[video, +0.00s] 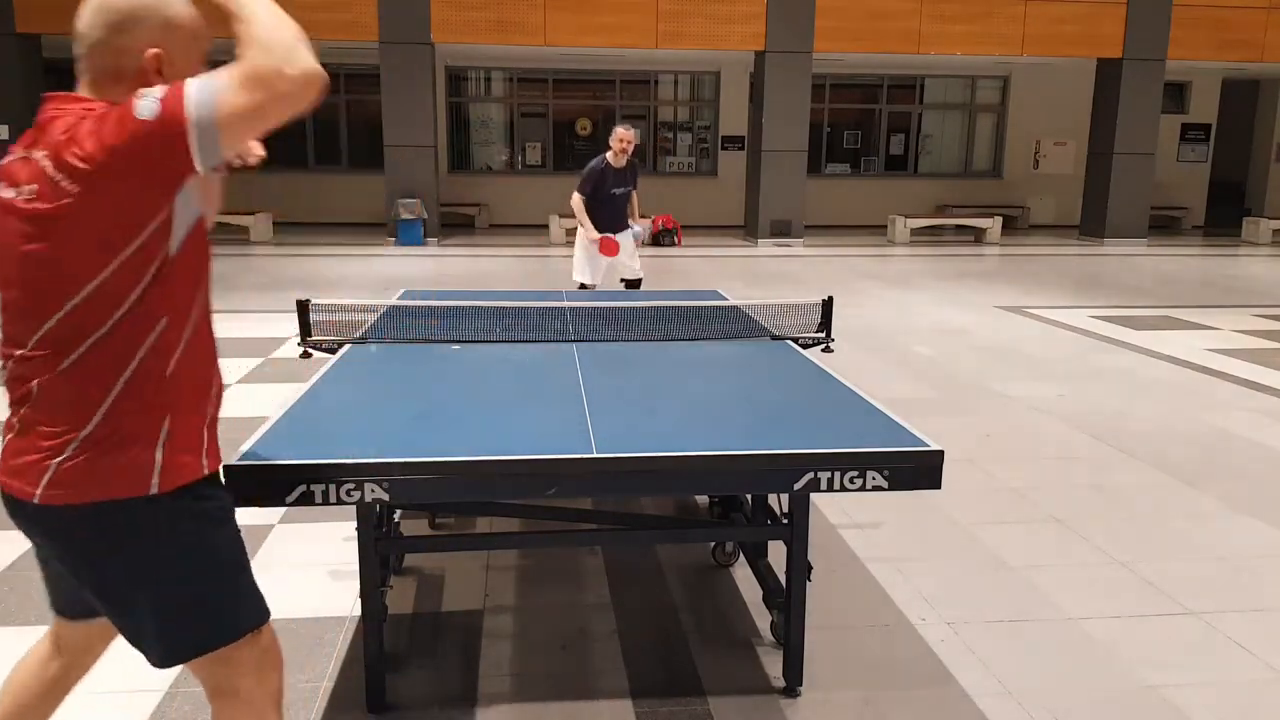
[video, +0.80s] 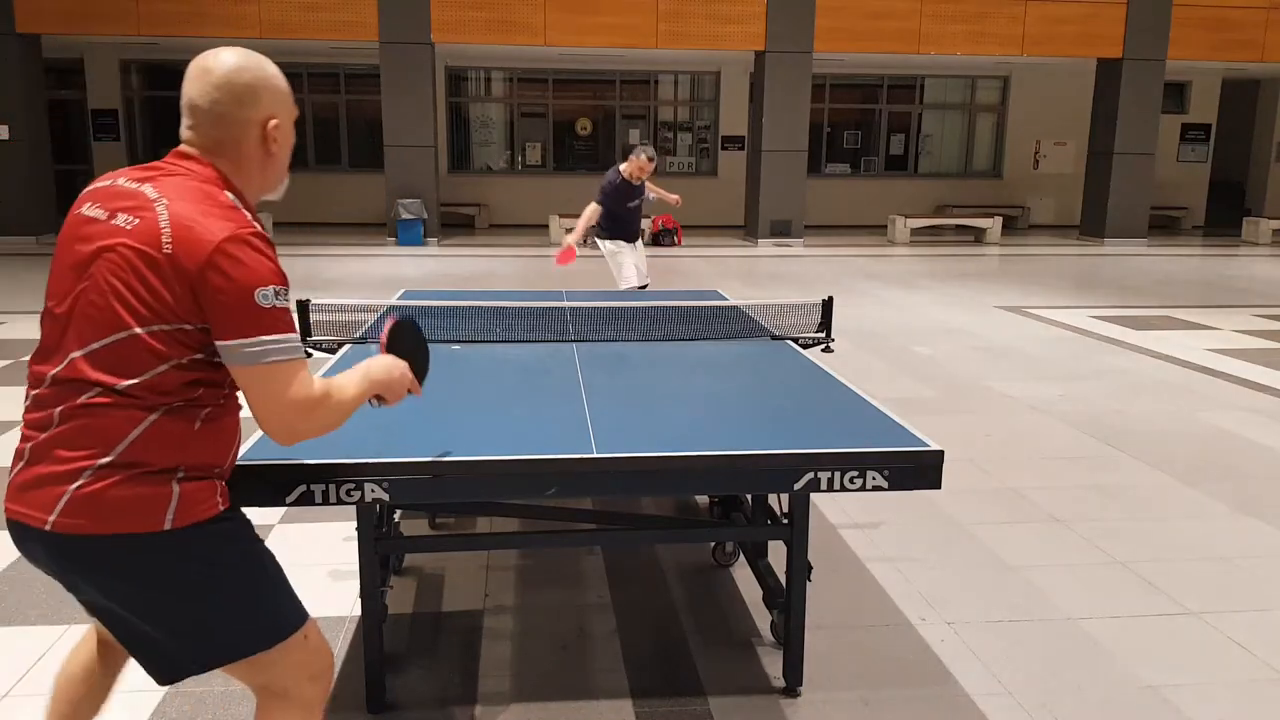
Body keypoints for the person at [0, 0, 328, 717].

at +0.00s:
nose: (201, 80)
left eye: (203, 64)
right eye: (197, 63)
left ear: (88, 62)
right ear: (153, 64)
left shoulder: (31, 150)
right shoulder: (132, 139)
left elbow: (165, 224)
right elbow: (294, 75)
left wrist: (215, 150)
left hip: (41, 474)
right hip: (137, 484)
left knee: (77, 635)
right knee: (248, 675)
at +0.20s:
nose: (123, 104)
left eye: (120, 86)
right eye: (117, 86)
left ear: (14, 88)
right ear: (83, 88)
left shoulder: (9, 161)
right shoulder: (79, 174)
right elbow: (267, 167)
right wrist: (207, 52)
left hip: (11, 506)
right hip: (92, 507)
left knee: (17, 680)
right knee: (231, 672)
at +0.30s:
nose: (113, 106)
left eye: (110, 87)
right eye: (108, 86)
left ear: (8, 88)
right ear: (78, 87)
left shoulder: (11, 167)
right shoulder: (76, 180)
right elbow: (263, 219)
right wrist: (236, 104)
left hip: (8, 503)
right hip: (78, 505)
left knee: (13, 676)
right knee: (217, 671)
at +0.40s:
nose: (122, 85)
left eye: (119, 69)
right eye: (118, 70)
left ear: (17, 81)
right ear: (91, 80)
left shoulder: (7, 157)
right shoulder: (79, 177)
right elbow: (262, 261)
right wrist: (270, 154)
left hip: (9, 490)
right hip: (82, 494)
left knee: (10, 674)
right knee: (214, 673)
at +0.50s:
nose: (152, 90)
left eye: (149, 74)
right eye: (147, 74)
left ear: (49, 82)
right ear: (123, 84)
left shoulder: (6, 161)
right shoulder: (106, 186)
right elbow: (263, 307)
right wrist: (300, 213)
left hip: (9, 492)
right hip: (92, 500)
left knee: (14, 672)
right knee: (230, 674)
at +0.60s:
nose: (203, 101)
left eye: (199, 85)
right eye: (199, 86)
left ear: (98, 98)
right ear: (178, 99)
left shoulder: (19, 181)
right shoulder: (142, 205)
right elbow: (277, 356)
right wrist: (328, 277)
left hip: (13, 498)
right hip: (108, 509)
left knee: (36, 666)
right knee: (264, 673)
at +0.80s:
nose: (293, 144)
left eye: (291, 126)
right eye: (291, 126)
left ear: (189, 122)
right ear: (270, 133)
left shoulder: (100, 195)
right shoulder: (226, 236)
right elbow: (292, 417)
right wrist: (369, 376)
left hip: (40, 503)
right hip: (146, 514)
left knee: (117, 627)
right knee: (300, 674)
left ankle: (60, 719)